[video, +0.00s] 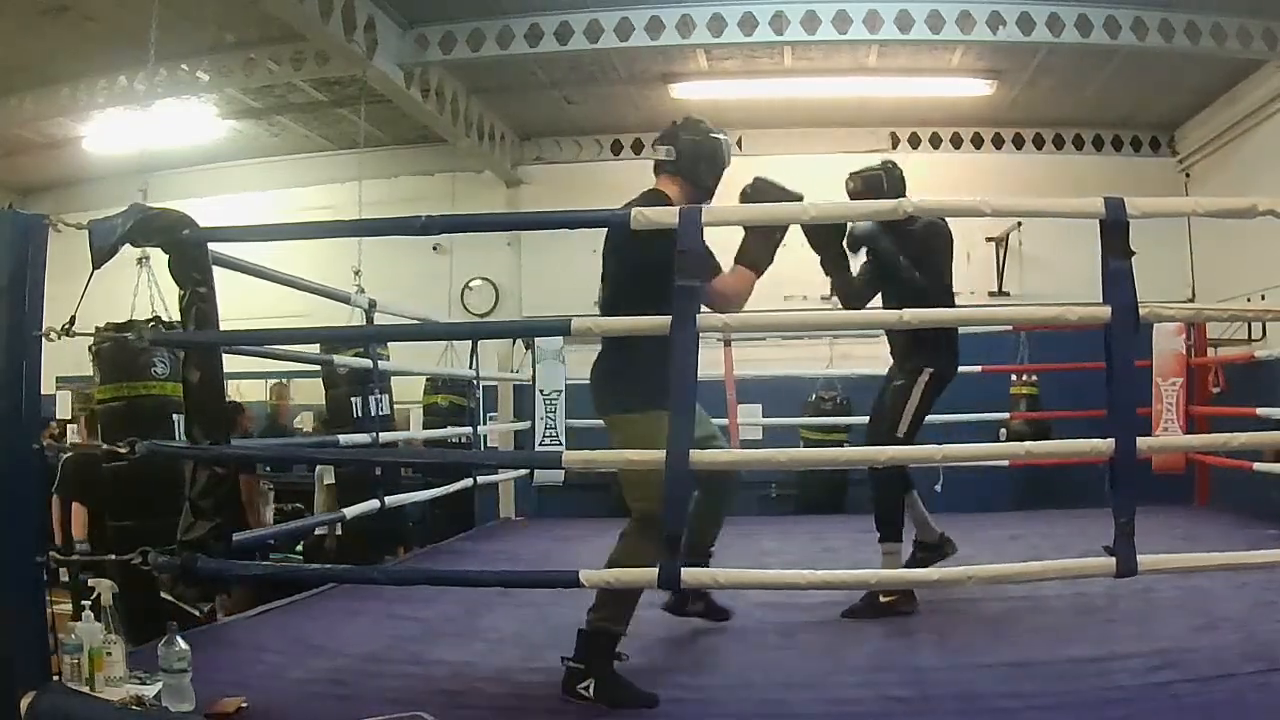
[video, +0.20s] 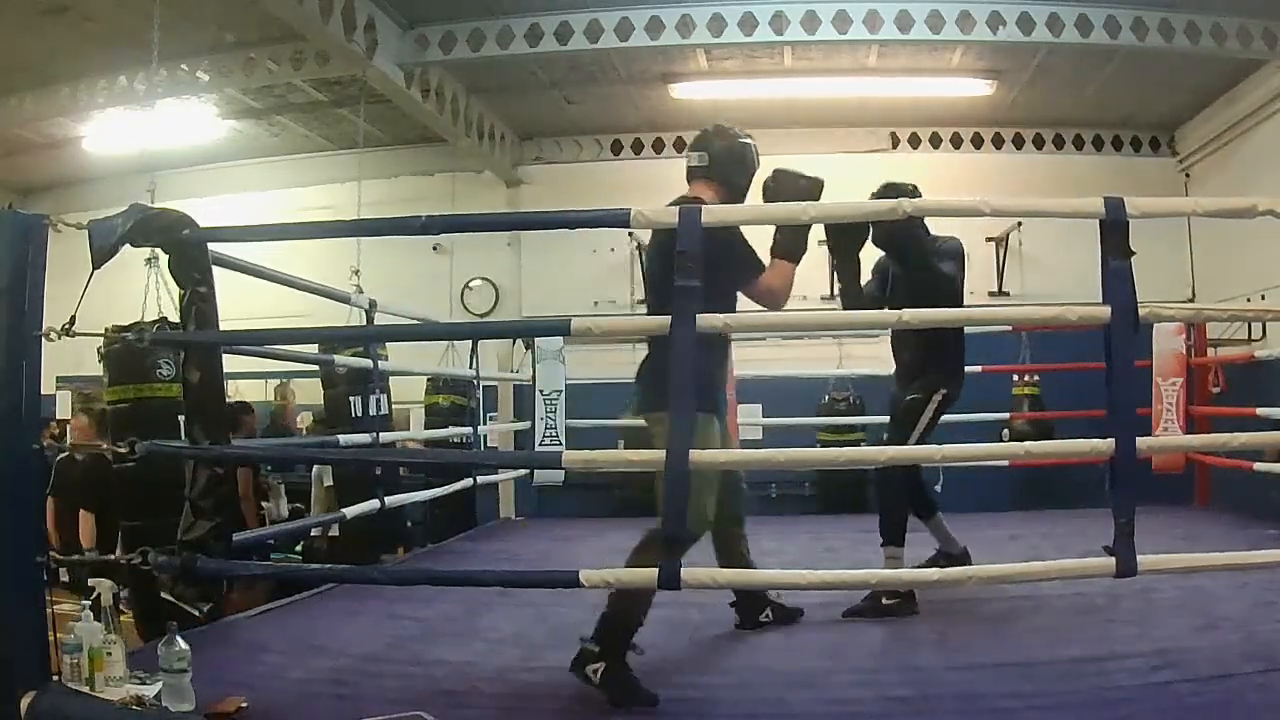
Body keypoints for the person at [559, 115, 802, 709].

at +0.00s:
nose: (719, 185)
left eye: (721, 175)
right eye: (719, 174)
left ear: (665, 163)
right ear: (704, 171)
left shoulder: (639, 215)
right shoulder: (669, 221)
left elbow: (709, 289)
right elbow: (730, 295)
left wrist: (754, 238)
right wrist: (763, 232)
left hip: (641, 390)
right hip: (645, 394)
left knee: (722, 466)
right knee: (655, 521)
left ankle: (687, 582)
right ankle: (591, 662)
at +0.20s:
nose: (750, 188)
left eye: (748, 179)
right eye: (749, 180)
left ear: (697, 171)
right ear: (738, 177)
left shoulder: (673, 225)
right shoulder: (714, 226)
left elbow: (678, 319)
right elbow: (774, 292)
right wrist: (793, 225)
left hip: (681, 393)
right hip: (688, 398)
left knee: (725, 504)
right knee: (682, 523)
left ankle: (751, 601)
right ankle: (604, 650)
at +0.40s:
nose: (779, 189)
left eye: (778, 180)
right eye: (776, 179)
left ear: (725, 173)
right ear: (762, 178)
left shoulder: (701, 221)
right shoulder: (746, 227)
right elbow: (799, 295)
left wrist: (801, 231)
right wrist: (819, 235)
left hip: (722, 390)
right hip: (724, 396)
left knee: (766, 496)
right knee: (758, 512)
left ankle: (759, 599)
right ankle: (679, 632)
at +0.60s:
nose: (802, 203)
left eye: (798, 194)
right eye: (797, 193)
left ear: (758, 189)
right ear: (778, 193)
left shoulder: (760, 236)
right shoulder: (753, 241)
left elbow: (819, 289)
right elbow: (829, 292)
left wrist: (825, 238)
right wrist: (848, 229)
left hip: (756, 402)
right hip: (737, 406)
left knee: (799, 466)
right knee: (758, 521)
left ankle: (799, 580)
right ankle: (673, 636)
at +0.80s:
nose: (850, 296)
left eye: (855, 288)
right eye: (850, 286)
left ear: (821, 262)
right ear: (834, 273)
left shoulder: (814, 304)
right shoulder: (787, 295)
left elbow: (862, 353)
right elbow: (859, 352)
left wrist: (897, 320)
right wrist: (898, 312)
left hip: (772, 426)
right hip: (725, 424)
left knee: (844, 495)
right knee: (759, 507)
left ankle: (834, 582)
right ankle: (685, 636)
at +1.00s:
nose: (866, 318)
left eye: (869, 308)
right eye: (861, 308)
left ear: (865, 295)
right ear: (835, 294)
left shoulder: (832, 317)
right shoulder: (791, 325)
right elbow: (797, 423)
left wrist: (897, 348)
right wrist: (859, 396)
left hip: (782, 434)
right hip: (733, 432)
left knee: (855, 502)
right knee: (749, 504)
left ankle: (837, 583)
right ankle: (682, 636)